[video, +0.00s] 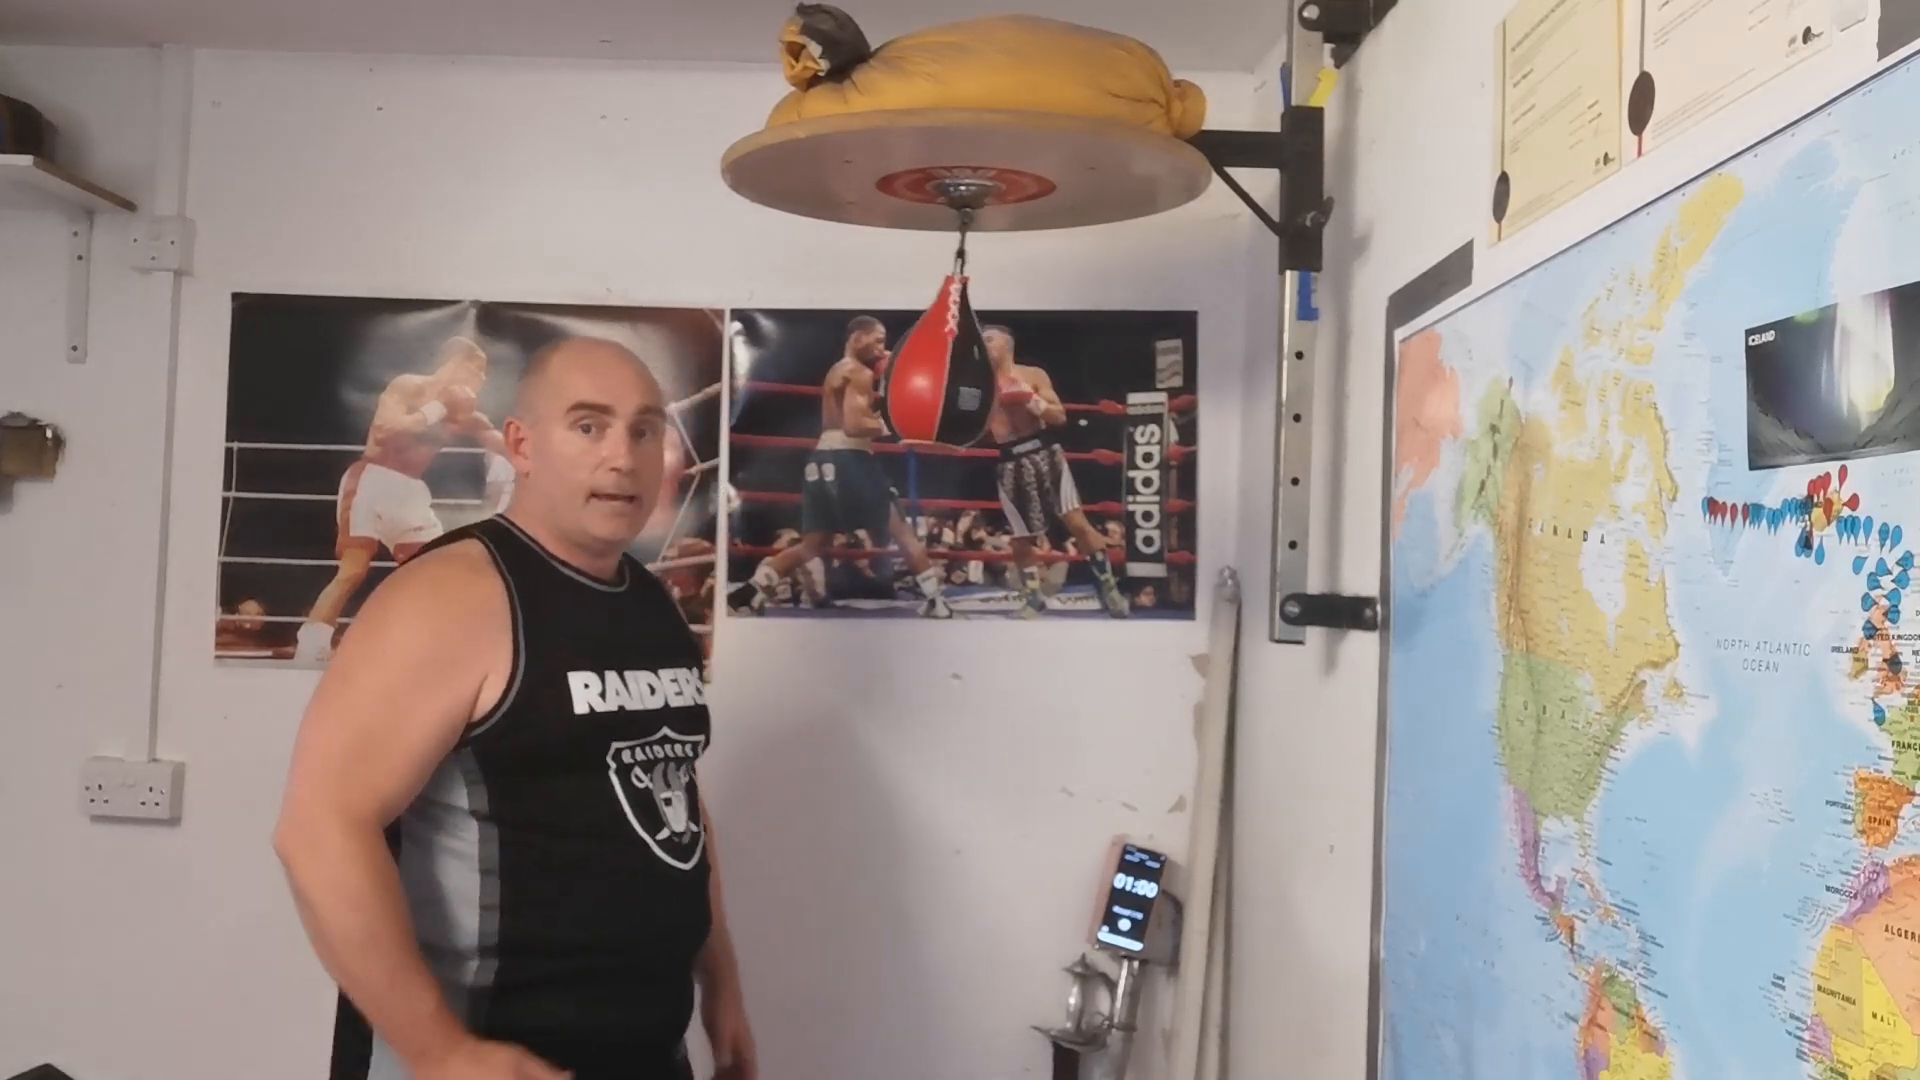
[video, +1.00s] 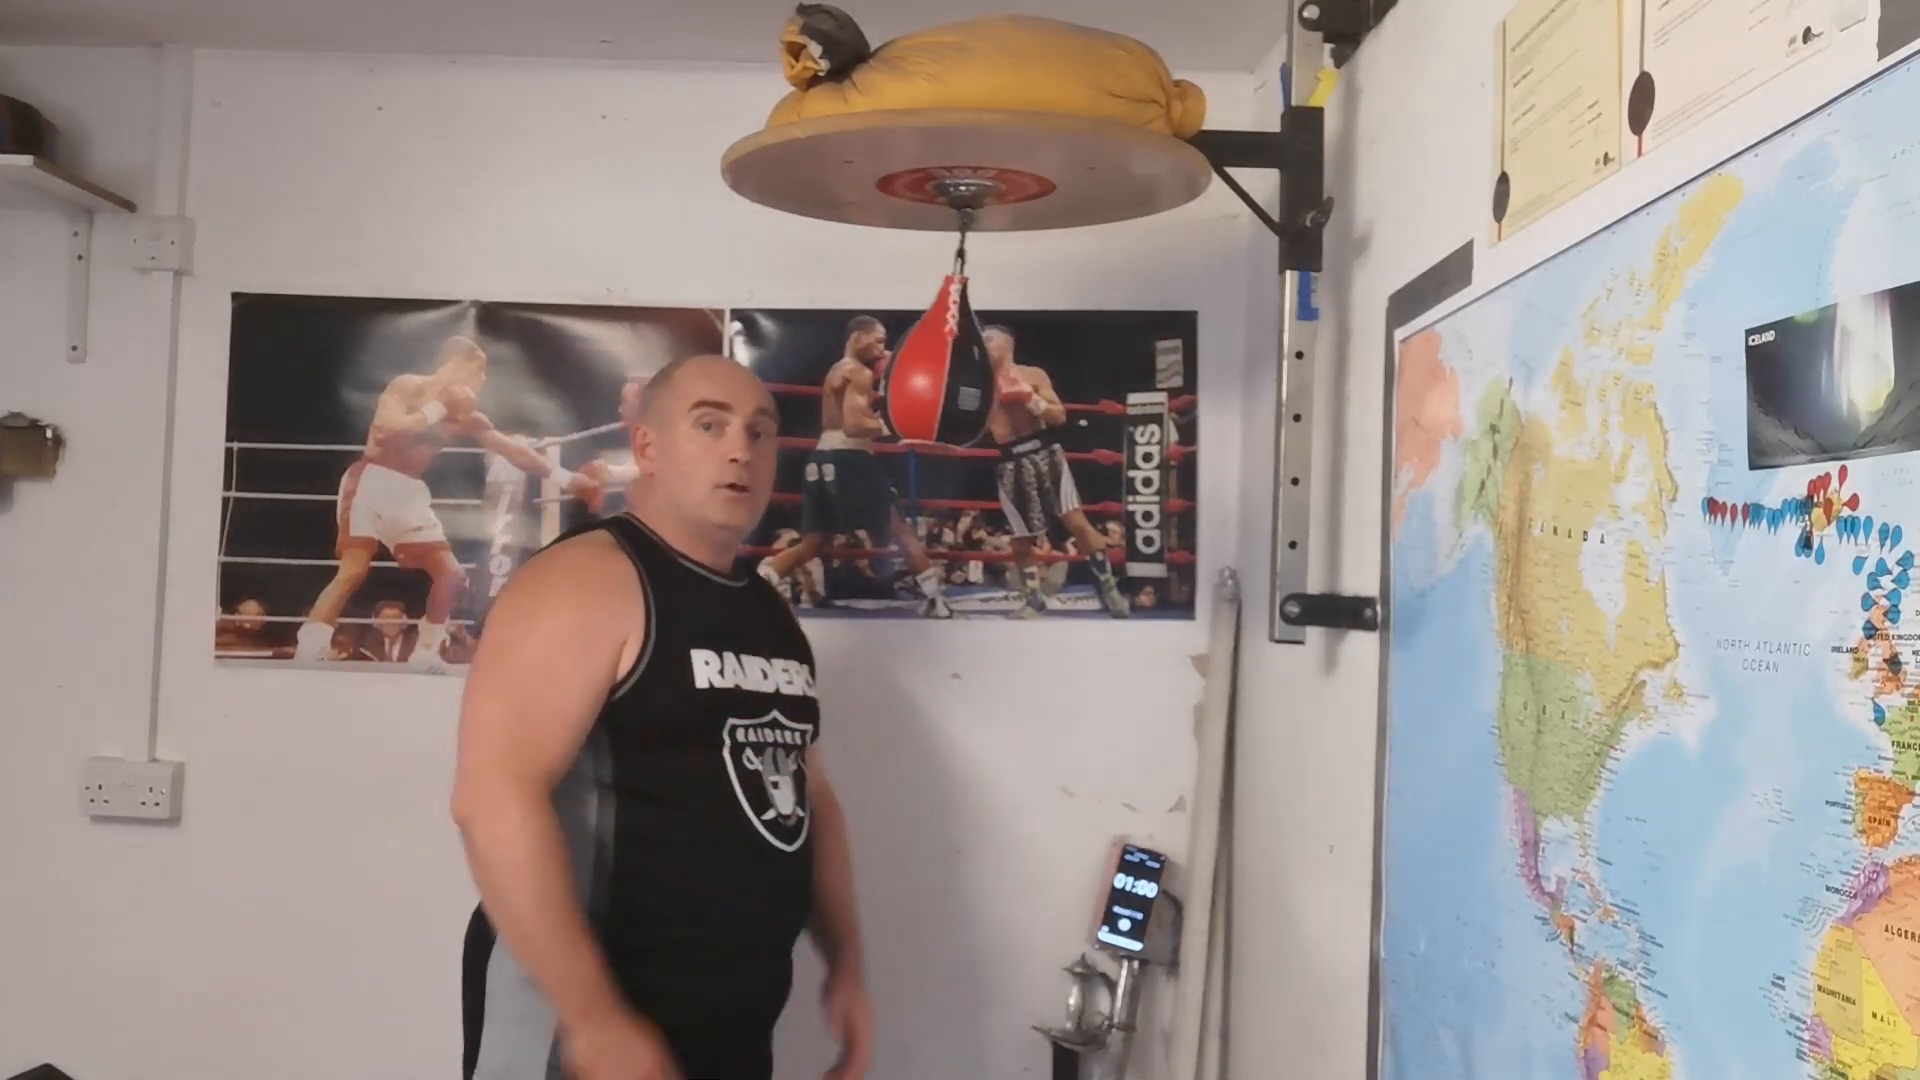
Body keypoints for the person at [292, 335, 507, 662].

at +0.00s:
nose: (478, 382)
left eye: (481, 375)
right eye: (475, 372)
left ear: (475, 379)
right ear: (453, 365)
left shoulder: (462, 413)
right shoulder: (405, 386)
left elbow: (504, 448)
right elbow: (384, 432)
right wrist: (438, 408)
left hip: (411, 492)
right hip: (370, 482)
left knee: (435, 576)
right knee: (352, 572)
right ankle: (309, 647)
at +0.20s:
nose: (479, 383)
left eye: (482, 376)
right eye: (477, 372)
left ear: (473, 375)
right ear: (456, 365)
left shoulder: (462, 410)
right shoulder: (405, 386)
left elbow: (498, 443)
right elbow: (384, 432)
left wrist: (536, 467)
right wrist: (438, 408)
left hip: (409, 492)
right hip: (368, 483)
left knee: (438, 576)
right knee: (353, 571)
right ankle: (307, 648)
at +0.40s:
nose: (477, 383)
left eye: (481, 376)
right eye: (473, 372)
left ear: (476, 379)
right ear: (452, 364)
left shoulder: (463, 409)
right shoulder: (406, 386)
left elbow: (503, 446)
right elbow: (384, 430)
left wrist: (551, 471)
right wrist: (431, 413)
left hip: (411, 493)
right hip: (372, 483)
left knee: (448, 574)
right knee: (351, 572)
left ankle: (459, 653)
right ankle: (307, 647)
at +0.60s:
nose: (474, 384)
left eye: (478, 377)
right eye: (469, 374)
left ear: (475, 380)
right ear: (449, 365)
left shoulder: (463, 411)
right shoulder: (404, 386)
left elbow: (507, 449)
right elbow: (383, 429)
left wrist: (561, 476)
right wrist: (429, 414)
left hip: (408, 493)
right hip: (370, 484)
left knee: (449, 574)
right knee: (352, 570)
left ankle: (426, 653)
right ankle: (307, 647)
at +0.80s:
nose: (473, 386)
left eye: (478, 380)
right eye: (471, 375)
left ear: (475, 383)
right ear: (451, 366)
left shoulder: (464, 415)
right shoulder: (406, 387)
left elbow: (511, 450)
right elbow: (385, 430)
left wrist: (564, 478)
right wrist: (435, 411)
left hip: (409, 492)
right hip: (370, 482)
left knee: (450, 574)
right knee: (352, 571)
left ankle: (424, 656)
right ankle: (306, 650)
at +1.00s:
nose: (475, 386)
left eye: (479, 380)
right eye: (472, 376)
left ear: (475, 384)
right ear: (451, 367)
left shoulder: (463, 415)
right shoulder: (406, 387)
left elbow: (511, 450)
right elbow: (384, 432)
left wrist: (566, 478)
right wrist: (437, 409)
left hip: (409, 492)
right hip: (370, 481)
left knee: (449, 573)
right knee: (353, 571)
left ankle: (424, 656)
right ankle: (306, 652)